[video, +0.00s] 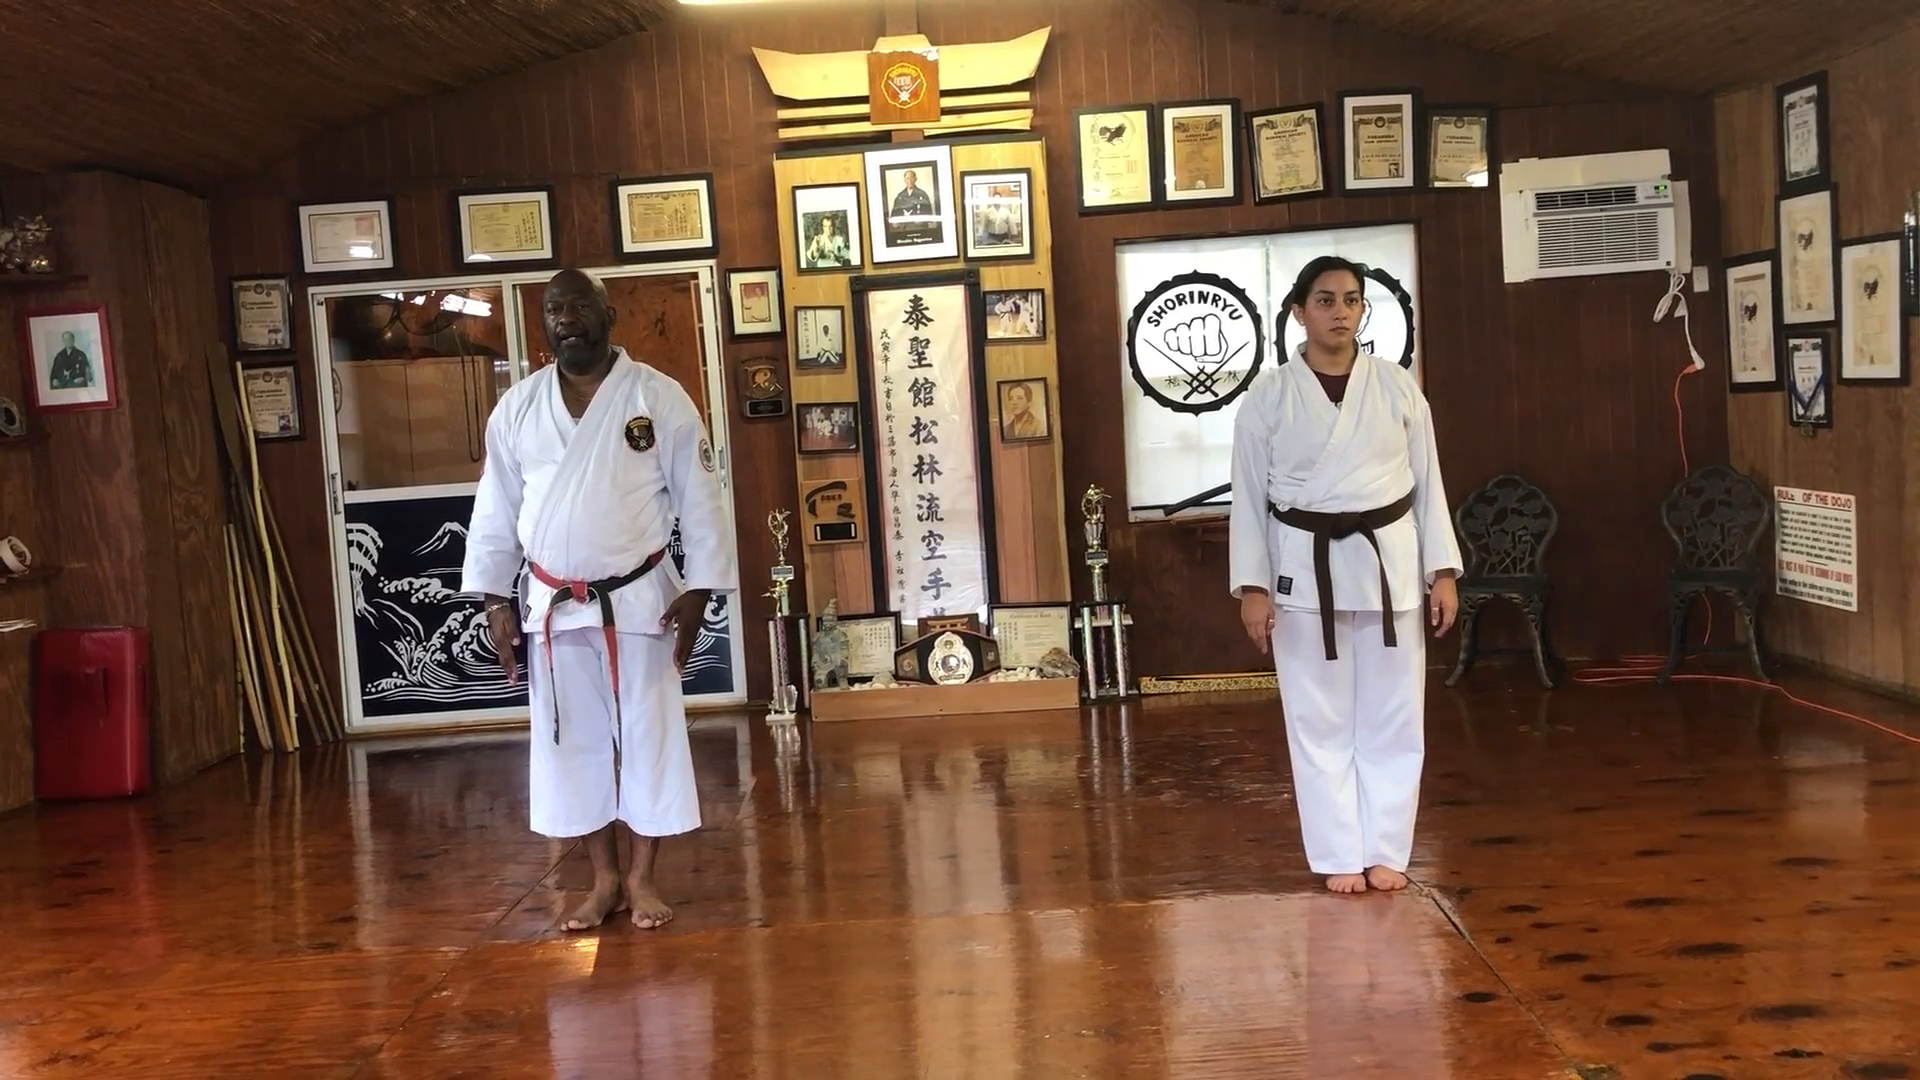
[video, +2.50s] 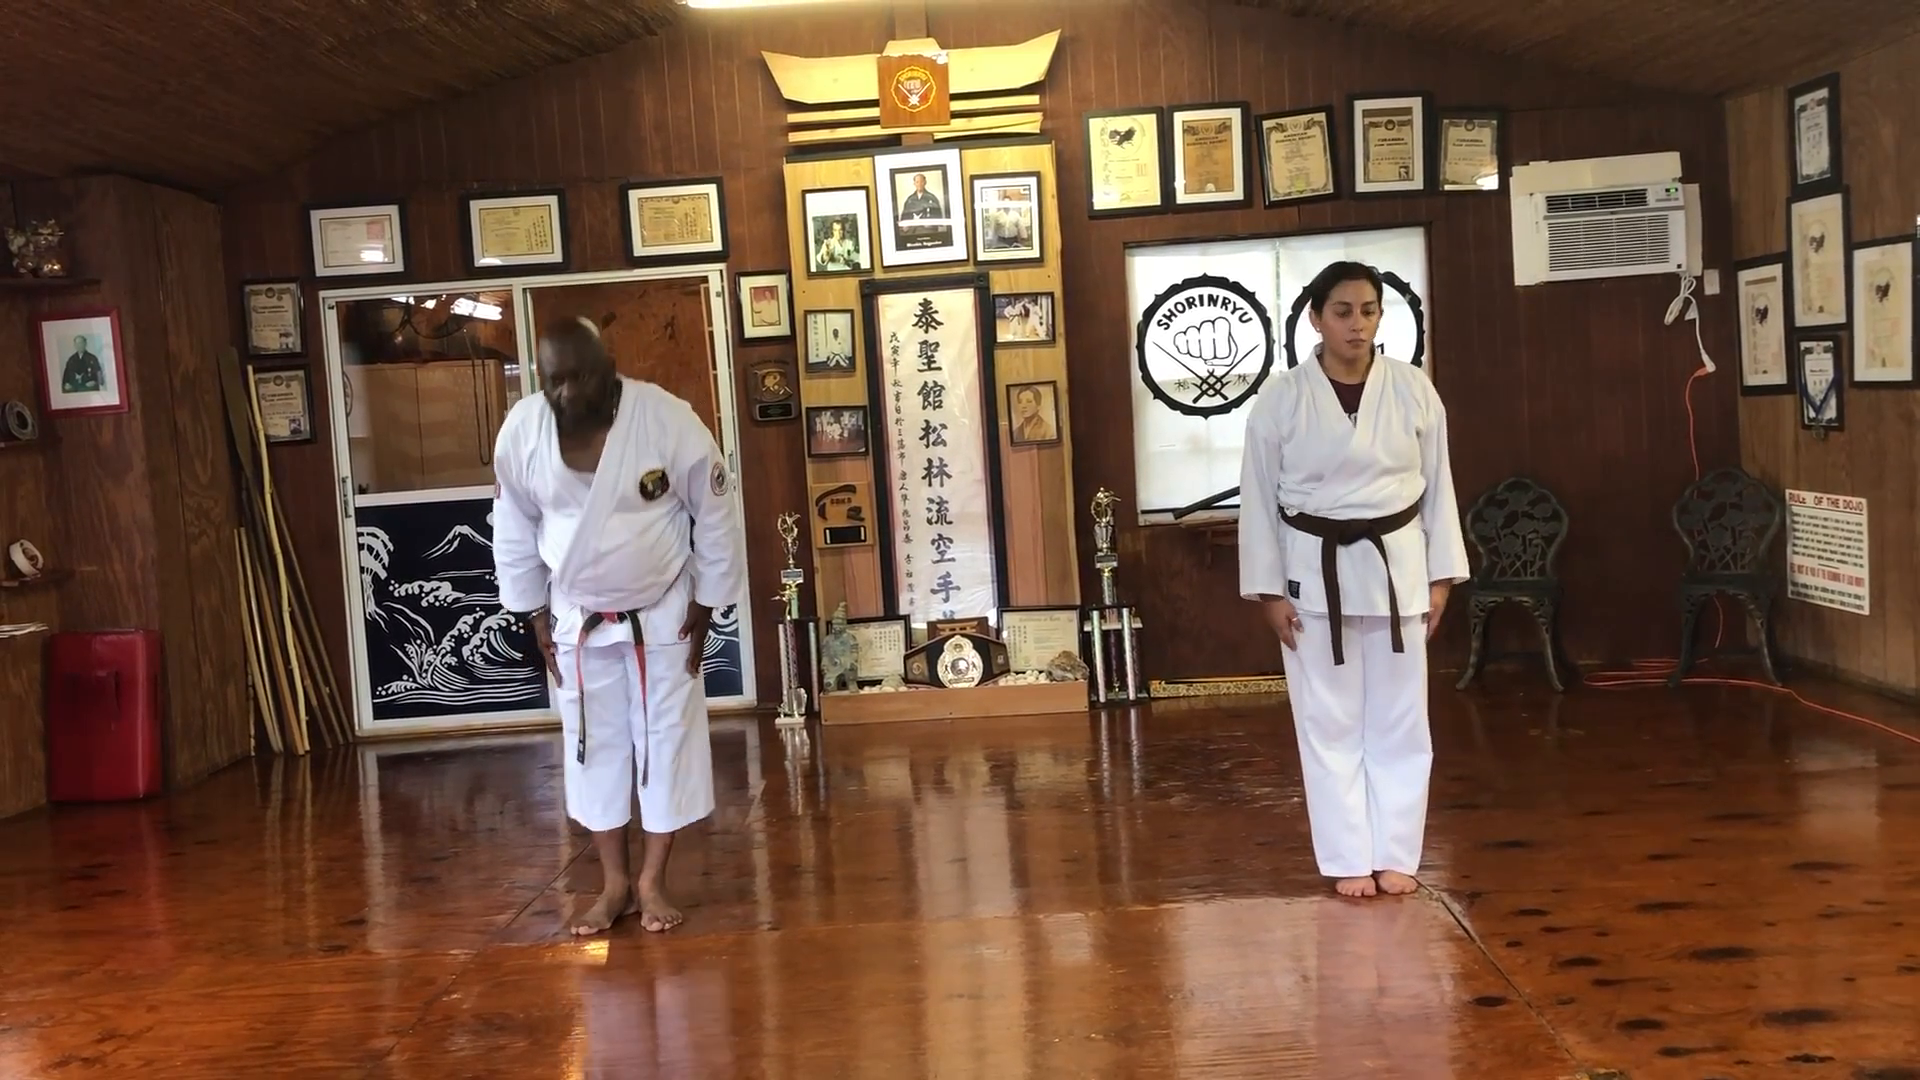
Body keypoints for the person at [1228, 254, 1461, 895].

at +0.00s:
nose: (1341, 311)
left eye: (1351, 299)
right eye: (1326, 299)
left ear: (1364, 312)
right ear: (1299, 312)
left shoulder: (1397, 386)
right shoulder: (1265, 397)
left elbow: (1427, 485)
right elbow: (1248, 498)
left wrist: (1442, 570)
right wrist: (1252, 585)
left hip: (1391, 567)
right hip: (1303, 573)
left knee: (1391, 717)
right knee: (1321, 720)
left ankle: (1386, 854)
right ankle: (1339, 859)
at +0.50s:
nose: (1344, 311)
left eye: (1355, 299)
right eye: (1329, 299)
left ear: (1367, 311)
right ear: (1302, 311)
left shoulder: (1400, 385)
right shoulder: (1269, 396)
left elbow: (1430, 485)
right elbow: (1251, 497)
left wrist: (1445, 571)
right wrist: (1255, 584)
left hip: (1394, 569)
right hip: (1307, 574)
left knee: (1394, 718)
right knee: (1323, 720)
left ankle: (1388, 855)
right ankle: (1341, 860)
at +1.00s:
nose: (1349, 310)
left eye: (1360, 299)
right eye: (1334, 298)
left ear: (1372, 311)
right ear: (1308, 311)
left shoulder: (1405, 385)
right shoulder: (1273, 396)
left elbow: (1435, 484)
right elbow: (1256, 497)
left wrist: (1450, 570)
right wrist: (1260, 584)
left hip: (1399, 570)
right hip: (1311, 575)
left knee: (1399, 717)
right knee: (1327, 720)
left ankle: (1392, 855)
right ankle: (1345, 860)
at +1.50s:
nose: (1354, 307)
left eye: (1364, 296)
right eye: (1338, 296)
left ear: (1377, 308)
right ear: (1312, 309)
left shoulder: (1410, 382)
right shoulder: (1279, 393)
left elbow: (1440, 482)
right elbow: (1261, 494)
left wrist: (1455, 566)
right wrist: (1264, 582)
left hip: (1404, 567)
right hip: (1316, 572)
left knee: (1404, 715)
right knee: (1333, 718)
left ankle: (1397, 853)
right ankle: (1350, 857)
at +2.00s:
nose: (1354, 309)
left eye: (1365, 297)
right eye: (1339, 298)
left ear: (1378, 310)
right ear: (1313, 311)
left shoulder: (1412, 385)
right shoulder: (1280, 394)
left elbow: (1441, 484)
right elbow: (1261, 496)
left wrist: (1455, 568)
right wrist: (1264, 584)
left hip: (1404, 569)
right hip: (1316, 573)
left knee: (1404, 717)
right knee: (1333, 719)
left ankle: (1397, 855)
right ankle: (1350, 859)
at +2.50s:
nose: (1357, 322)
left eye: (1368, 311)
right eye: (1343, 311)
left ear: (1380, 318)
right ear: (1316, 318)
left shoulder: (1412, 386)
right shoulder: (1280, 395)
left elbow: (1437, 486)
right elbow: (1258, 499)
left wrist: (1441, 577)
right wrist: (1270, 590)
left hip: (1398, 564)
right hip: (1313, 568)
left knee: (1398, 717)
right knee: (1330, 721)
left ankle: (1395, 859)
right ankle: (1348, 863)